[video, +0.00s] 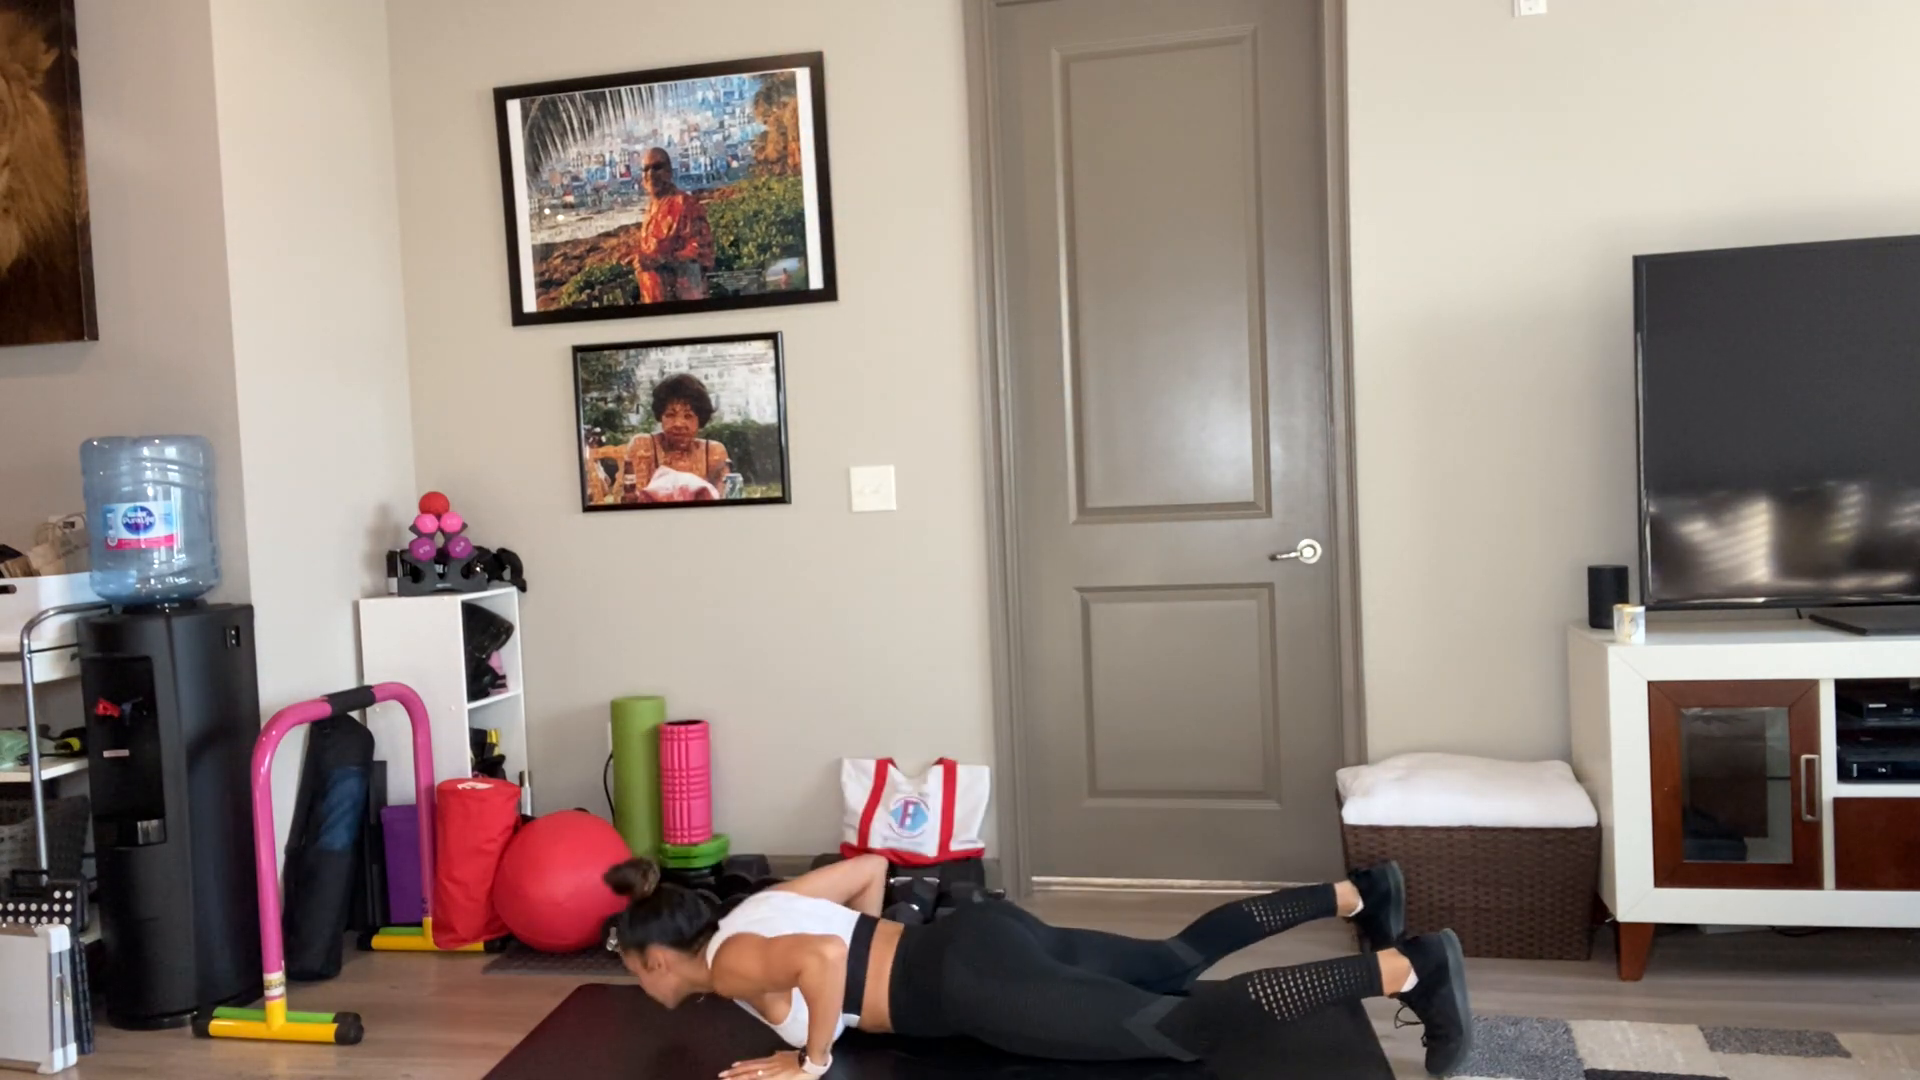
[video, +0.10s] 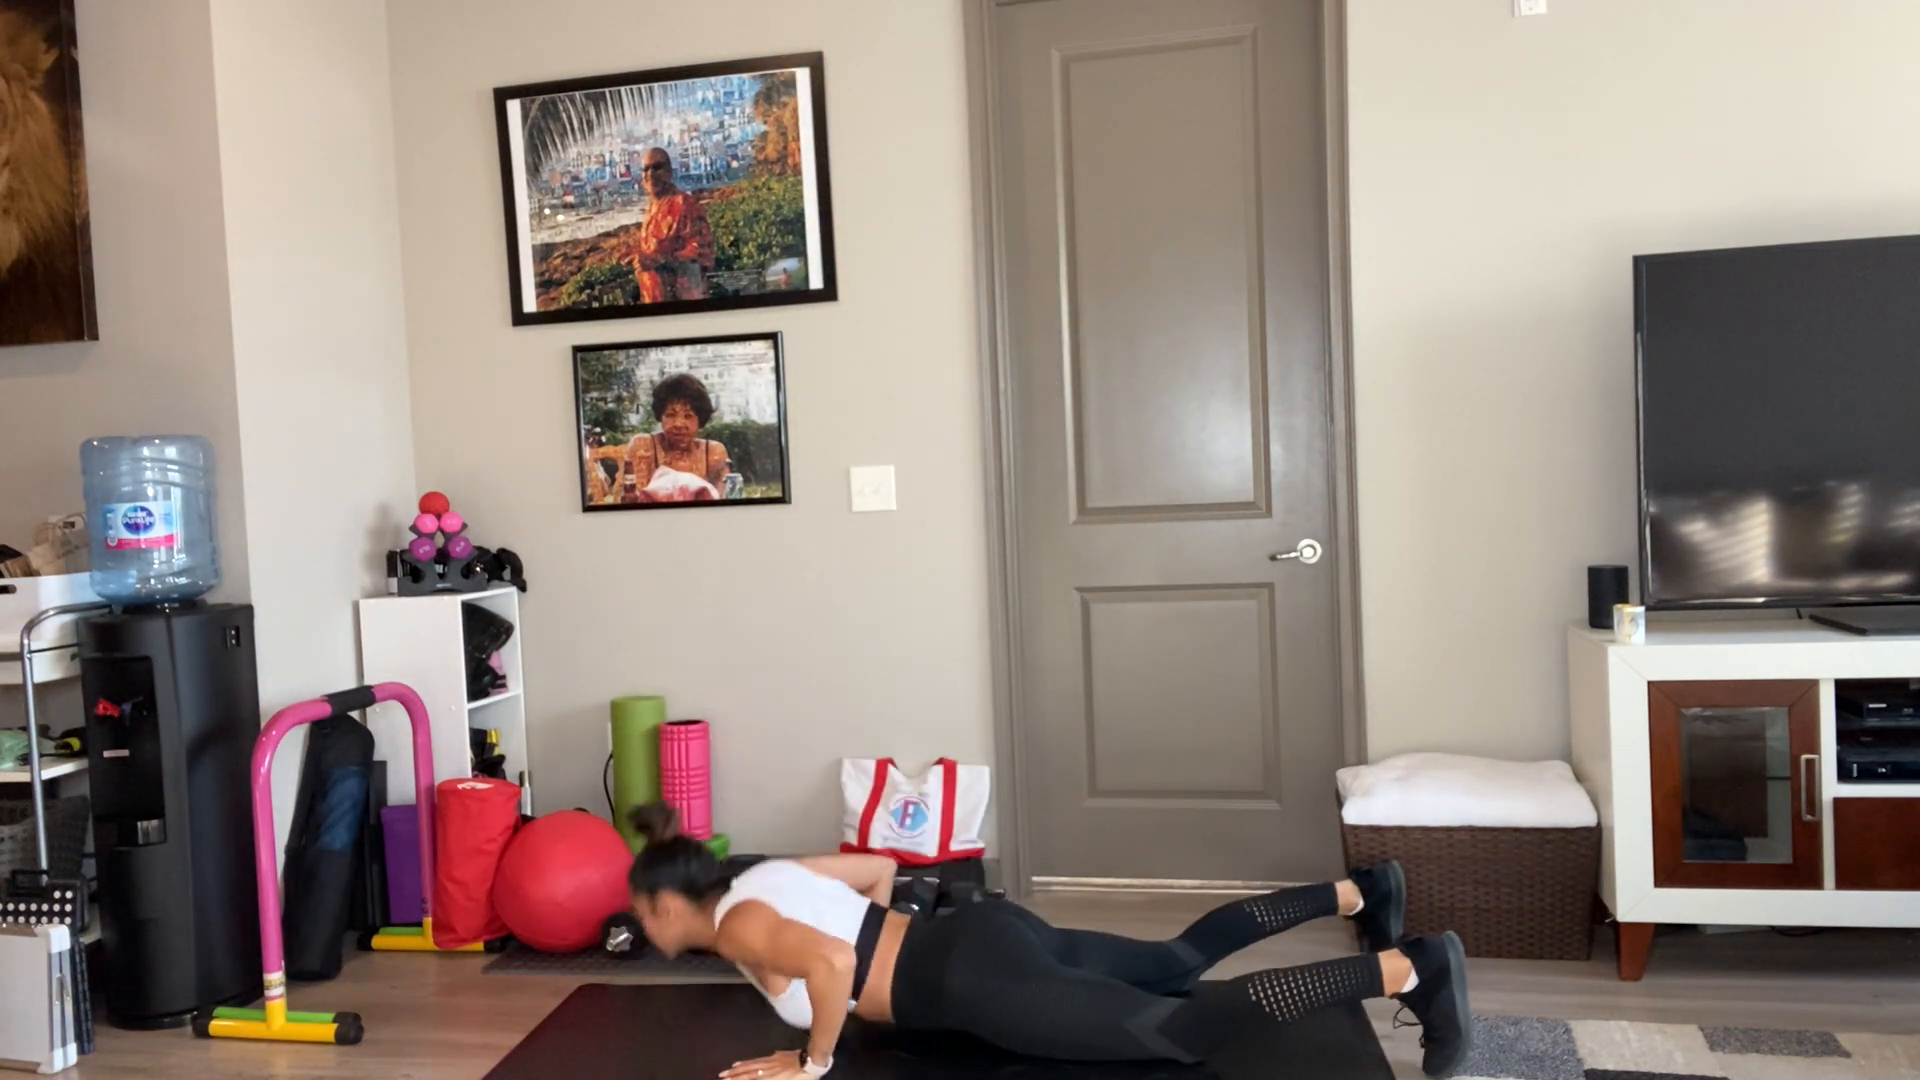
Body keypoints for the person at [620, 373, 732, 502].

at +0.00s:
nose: (679, 424)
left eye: (688, 416)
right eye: (670, 415)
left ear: (700, 420)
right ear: (660, 417)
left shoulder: (714, 451)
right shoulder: (641, 446)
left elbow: (722, 500)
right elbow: (629, 499)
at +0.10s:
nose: (679, 424)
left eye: (688, 416)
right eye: (670, 415)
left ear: (701, 420)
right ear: (660, 417)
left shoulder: (714, 451)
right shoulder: (641, 446)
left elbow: (722, 499)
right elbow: (628, 498)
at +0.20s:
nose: (679, 424)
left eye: (688, 416)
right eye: (670, 415)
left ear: (700, 420)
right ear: (660, 417)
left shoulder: (714, 451)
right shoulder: (641, 446)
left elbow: (722, 500)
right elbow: (629, 499)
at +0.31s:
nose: (679, 424)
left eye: (688, 416)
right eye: (670, 415)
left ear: (700, 420)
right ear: (659, 417)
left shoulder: (714, 451)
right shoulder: (641, 446)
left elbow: (721, 500)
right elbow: (629, 499)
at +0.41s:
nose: (679, 424)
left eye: (688, 416)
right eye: (670, 415)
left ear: (700, 420)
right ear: (659, 417)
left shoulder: (714, 451)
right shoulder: (641, 446)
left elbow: (722, 500)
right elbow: (629, 499)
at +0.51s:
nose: (679, 424)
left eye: (688, 416)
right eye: (670, 415)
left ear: (700, 420)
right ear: (660, 417)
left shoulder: (714, 451)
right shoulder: (641, 446)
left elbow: (722, 500)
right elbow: (631, 499)